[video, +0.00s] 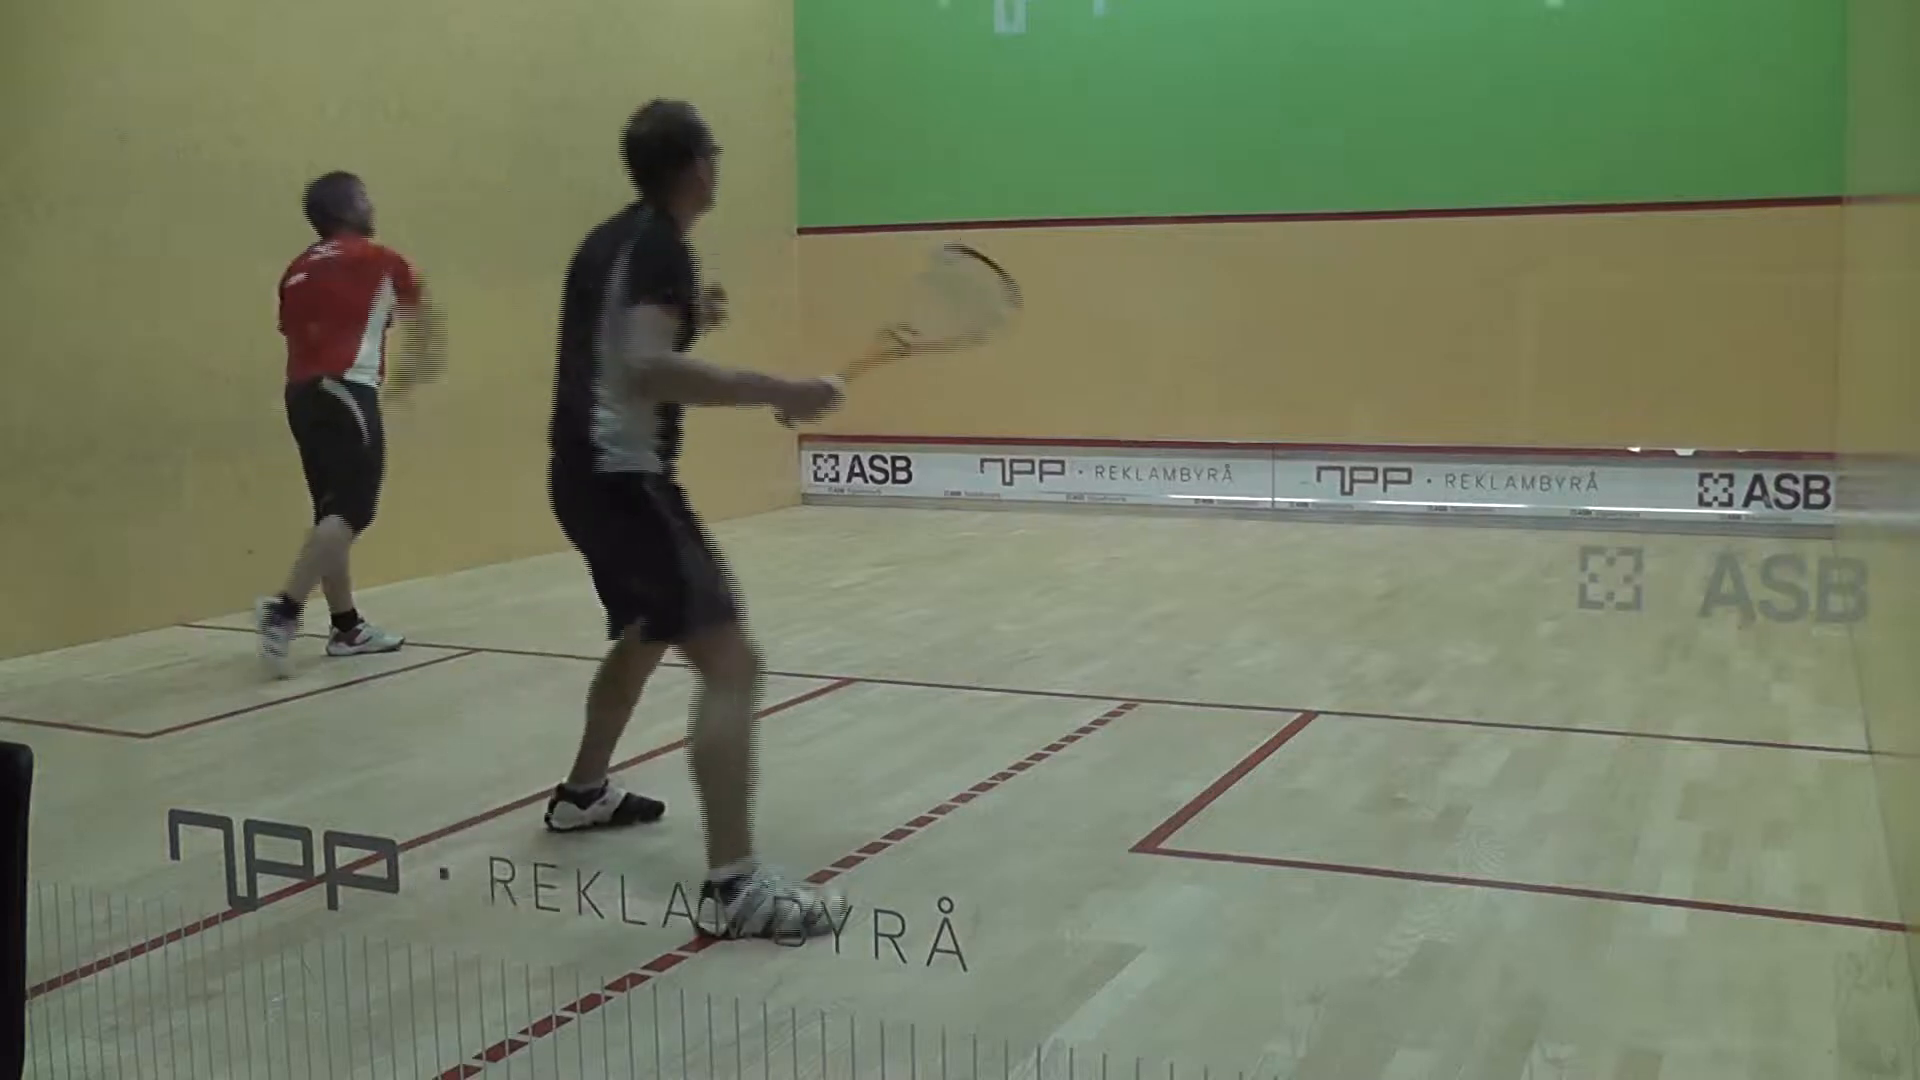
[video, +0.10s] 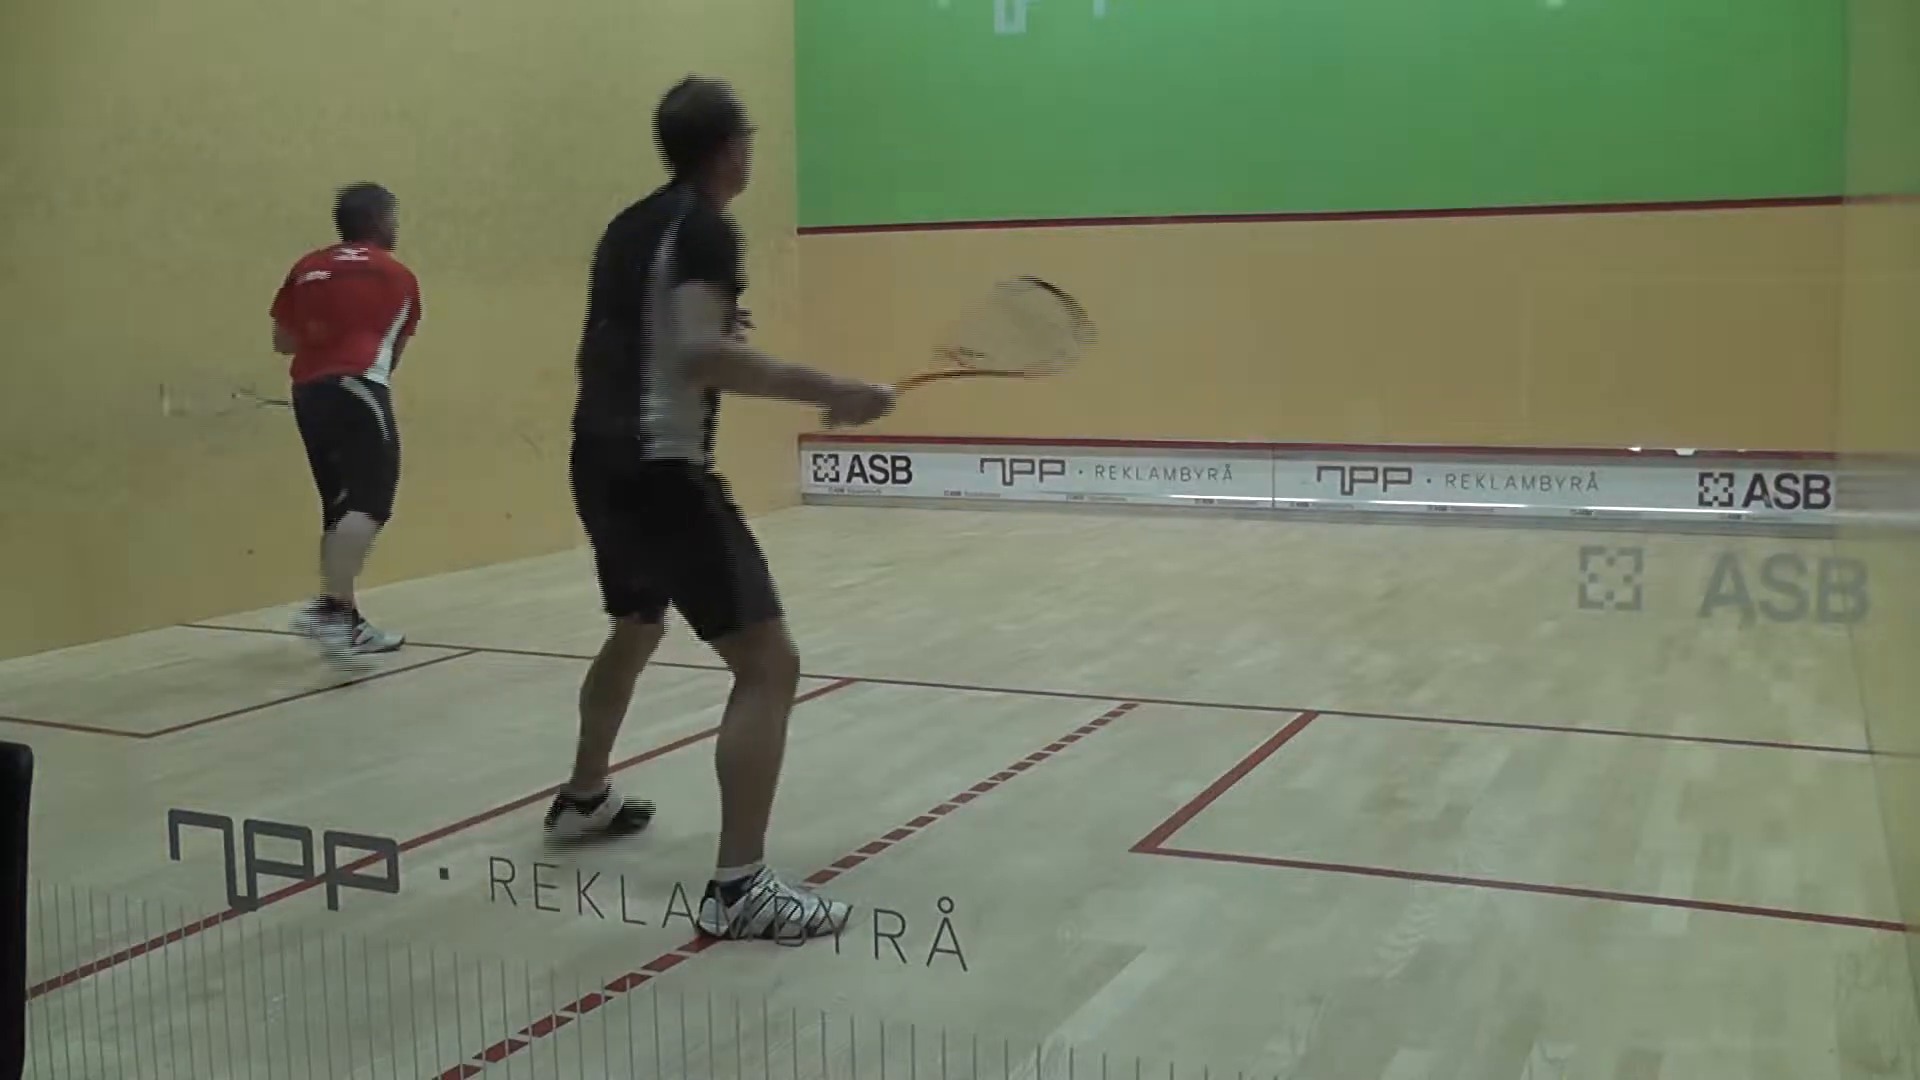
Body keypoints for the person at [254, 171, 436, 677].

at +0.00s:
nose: (372, 205)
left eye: (367, 196)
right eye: (364, 198)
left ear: (321, 218)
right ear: (353, 209)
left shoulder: (297, 269)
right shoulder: (384, 261)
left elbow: (294, 334)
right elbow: (422, 318)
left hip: (300, 393)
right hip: (346, 390)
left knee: (330, 510)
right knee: (353, 509)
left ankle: (346, 627)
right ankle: (282, 610)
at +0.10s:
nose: (397, 224)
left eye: (394, 215)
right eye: (392, 216)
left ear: (345, 225)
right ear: (378, 223)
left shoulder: (307, 266)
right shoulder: (400, 278)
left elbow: (283, 340)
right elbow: (390, 355)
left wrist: (336, 333)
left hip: (308, 391)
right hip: (357, 389)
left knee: (337, 505)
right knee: (372, 499)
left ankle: (347, 624)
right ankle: (330, 610)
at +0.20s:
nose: (407, 230)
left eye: (405, 221)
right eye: (403, 222)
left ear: (355, 226)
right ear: (391, 226)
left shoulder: (313, 265)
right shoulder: (407, 278)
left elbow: (280, 333)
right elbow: (404, 358)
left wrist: (332, 341)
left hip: (312, 391)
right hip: (364, 389)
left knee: (338, 511)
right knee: (378, 502)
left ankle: (342, 626)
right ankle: (366, 611)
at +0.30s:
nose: (417, 225)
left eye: (415, 215)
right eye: (412, 216)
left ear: (366, 222)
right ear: (394, 220)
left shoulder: (324, 265)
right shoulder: (412, 274)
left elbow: (290, 331)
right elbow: (433, 357)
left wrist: (319, 355)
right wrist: (430, 414)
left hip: (318, 394)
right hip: (368, 392)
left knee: (343, 508)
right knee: (404, 501)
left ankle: (345, 627)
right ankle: (407, 617)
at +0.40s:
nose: (423, 219)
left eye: (421, 210)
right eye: (416, 210)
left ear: (371, 217)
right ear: (393, 216)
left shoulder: (334, 264)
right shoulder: (415, 271)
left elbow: (310, 339)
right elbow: (447, 351)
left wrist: (349, 375)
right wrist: (472, 407)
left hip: (329, 398)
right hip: (376, 397)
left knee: (351, 509)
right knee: (419, 507)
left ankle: (346, 628)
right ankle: (417, 631)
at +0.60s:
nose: (437, 214)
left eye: (436, 205)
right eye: (426, 206)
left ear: (398, 216)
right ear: (396, 213)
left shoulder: (380, 262)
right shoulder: (414, 266)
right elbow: (473, 337)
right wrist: (535, 379)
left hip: (369, 405)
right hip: (397, 407)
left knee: (384, 515)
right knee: (434, 519)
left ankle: (352, 625)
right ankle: (412, 641)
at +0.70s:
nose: (449, 214)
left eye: (451, 205)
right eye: (438, 206)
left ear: (448, 210)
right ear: (408, 213)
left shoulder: (421, 264)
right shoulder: (416, 267)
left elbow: (472, 334)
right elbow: (470, 337)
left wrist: (536, 361)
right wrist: (535, 370)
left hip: (419, 403)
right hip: (406, 406)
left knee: (439, 512)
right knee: (434, 518)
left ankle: (377, 601)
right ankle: (411, 642)